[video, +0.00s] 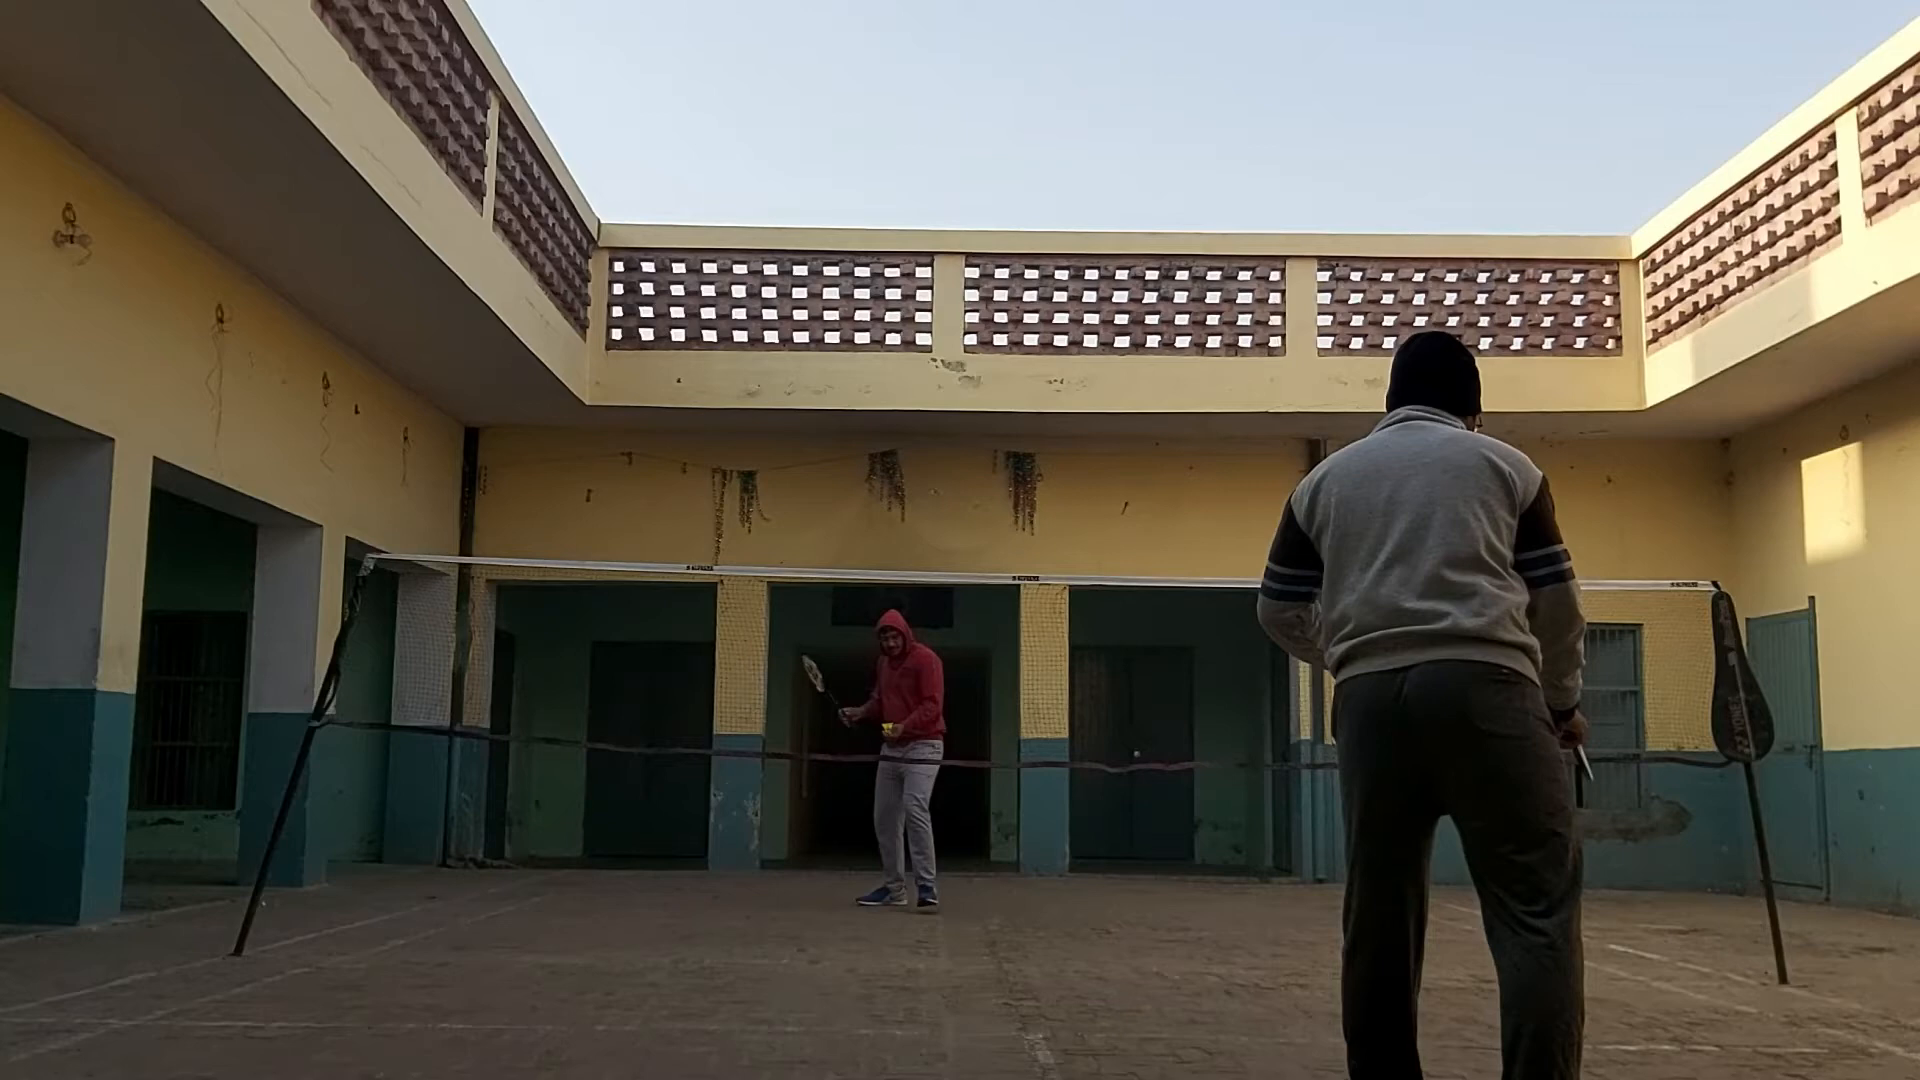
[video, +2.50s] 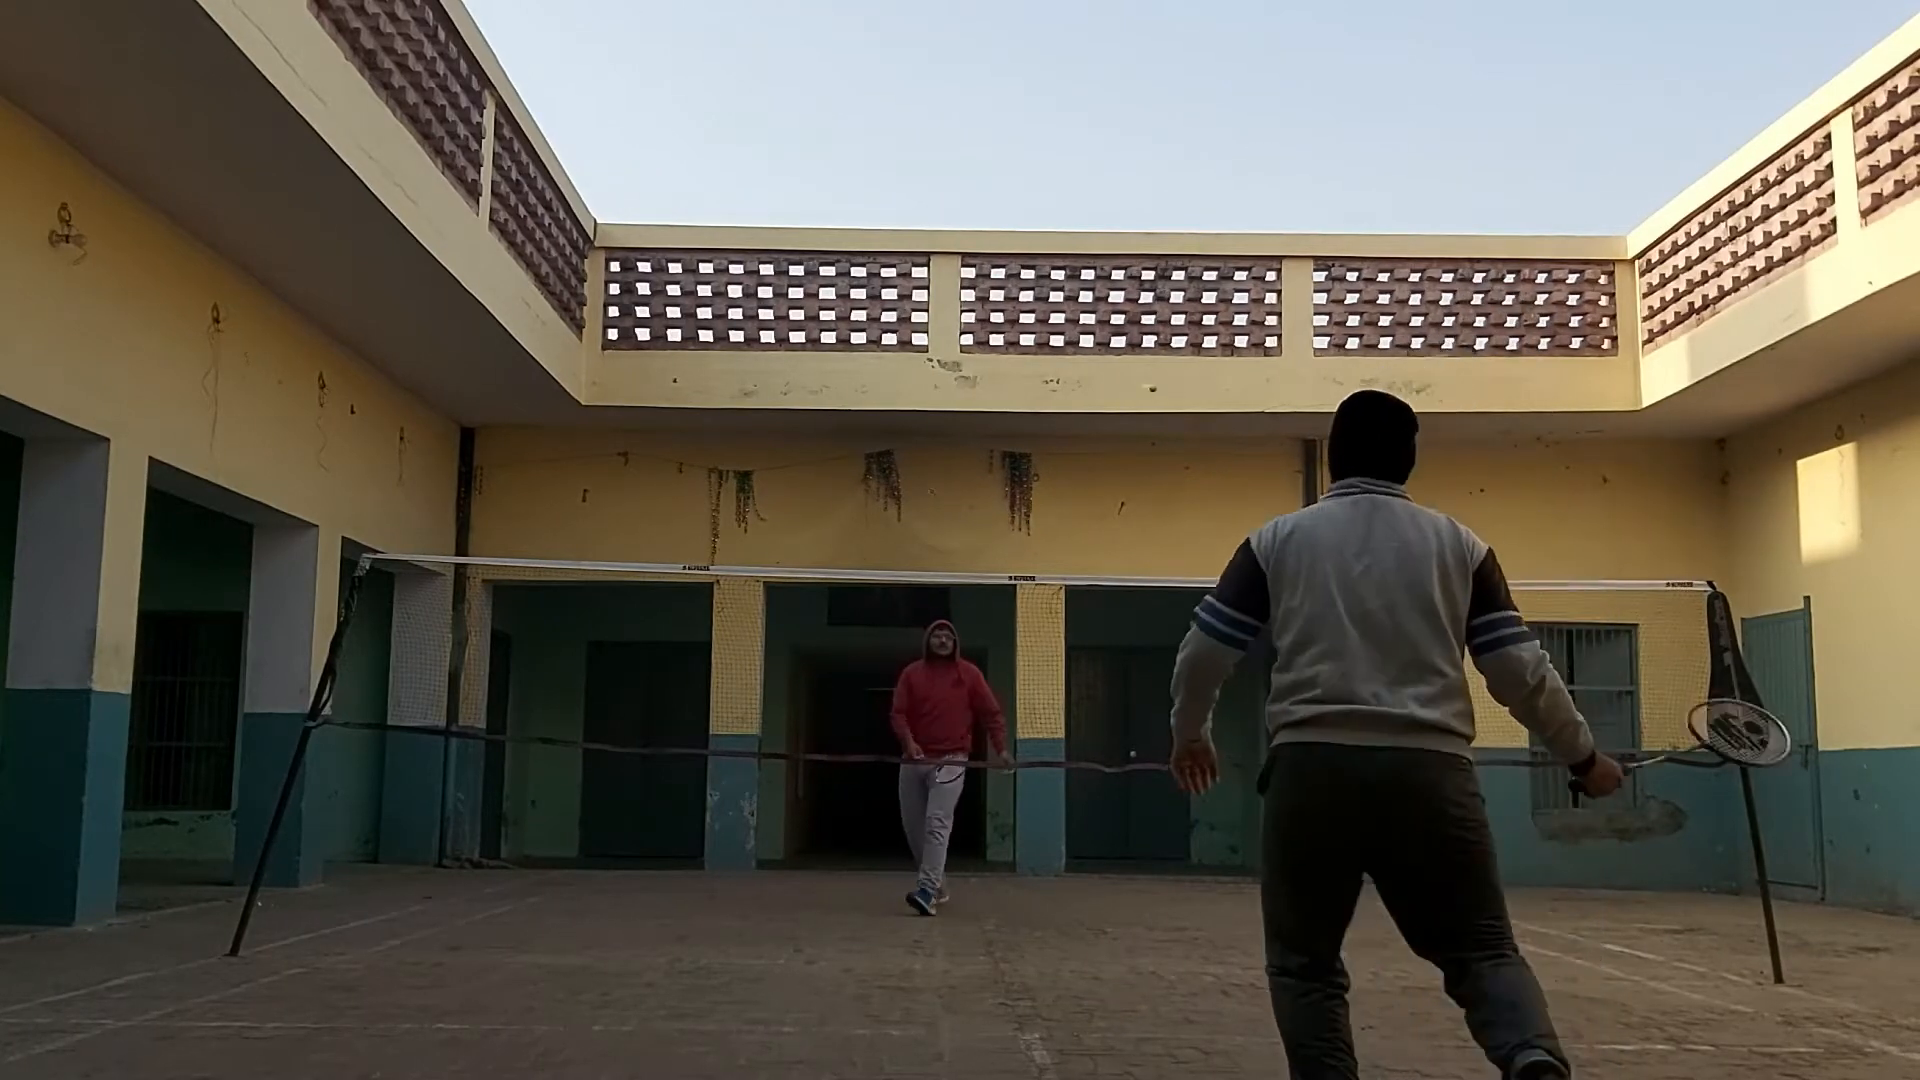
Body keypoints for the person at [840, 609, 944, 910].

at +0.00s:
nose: (889, 641)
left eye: (894, 635)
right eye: (884, 636)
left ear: (906, 635)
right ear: (880, 639)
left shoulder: (926, 660)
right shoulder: (884, 662)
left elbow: (932, 707)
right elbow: (880, 701)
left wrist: (903, 727)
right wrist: (860, 712)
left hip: (923, 746)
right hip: (892, 746)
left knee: (914, 808)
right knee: (885, 816)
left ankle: (926, 885)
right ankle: (894, 886)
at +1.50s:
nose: (892, 632)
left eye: (897, 627)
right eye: (887, 628)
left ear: (908, 628)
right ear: (883, 633)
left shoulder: (924, 653)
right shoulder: (897, 655)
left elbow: (910, 698)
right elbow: (906, 697)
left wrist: (864, 700)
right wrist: (895, 712)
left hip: (936, 747)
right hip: (908, 746)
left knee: (925, 823)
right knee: (893, 812)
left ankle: (924, 895)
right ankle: (903, 885)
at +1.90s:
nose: (888, 634)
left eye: (893, 628)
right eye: (886, 629)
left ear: (909, 629)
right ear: (887, 632)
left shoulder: (930, 655)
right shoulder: (901, 660)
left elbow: (929, 706)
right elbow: (906, 704)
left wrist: (893, 726)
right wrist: (889, 726)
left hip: (939, 750)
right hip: (911, 748)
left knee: (928, 822)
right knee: (894, 812)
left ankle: (923, 894)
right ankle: (902, 883)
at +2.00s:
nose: (897, 632)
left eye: (902, 627)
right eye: (893, 628)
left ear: (915, 628)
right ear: (890, 632)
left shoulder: (936, 655)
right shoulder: (899, 660)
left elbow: (942, 708)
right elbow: (896, 698)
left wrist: (918, 739)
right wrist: (895, 715)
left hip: (941, 751)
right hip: (910, 749)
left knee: (929, 823)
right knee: (891, 812)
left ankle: (924, 894)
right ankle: (902, 882)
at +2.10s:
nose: (906, 630)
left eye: (911, 624)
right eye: (901, 625)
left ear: (922, 627)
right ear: (896, 630)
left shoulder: (943, 656)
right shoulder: (897, 660)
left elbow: (953, 703)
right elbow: (887, 702)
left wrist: (949, 743)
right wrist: (904, 702)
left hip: (941, 750)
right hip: (909, 748)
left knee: (930, 823)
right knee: (890, 811)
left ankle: (924, 895)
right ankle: (908, 880)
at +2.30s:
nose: (928, 631)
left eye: (933, 626)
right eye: (923, 626)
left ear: (942, 631)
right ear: (915, 632)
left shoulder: (959, 661)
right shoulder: (904, 662)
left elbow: (982, 701)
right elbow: (892, 702)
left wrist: (990, 739)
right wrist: (918, 704)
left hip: (943, 753)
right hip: (908, 752)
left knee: (927, 824)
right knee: (899, 820)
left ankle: (922, 895)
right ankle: (931, 868)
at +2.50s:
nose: (942, 640)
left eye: (947, 636)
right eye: (937, 636)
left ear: (954, 642)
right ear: (928, 641)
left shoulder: (968, 673)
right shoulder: (912, 673)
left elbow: (992, 712)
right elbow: (898, 714)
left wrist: (1000, 749)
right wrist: (908, 741)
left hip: (951, 760)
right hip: (915, 760)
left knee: (937, 823)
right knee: (913, 825)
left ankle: (927, 891)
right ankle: (936, 884)